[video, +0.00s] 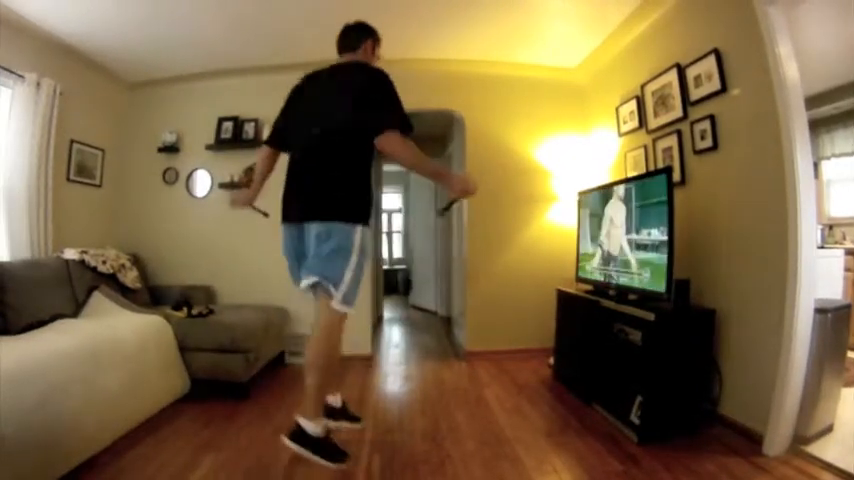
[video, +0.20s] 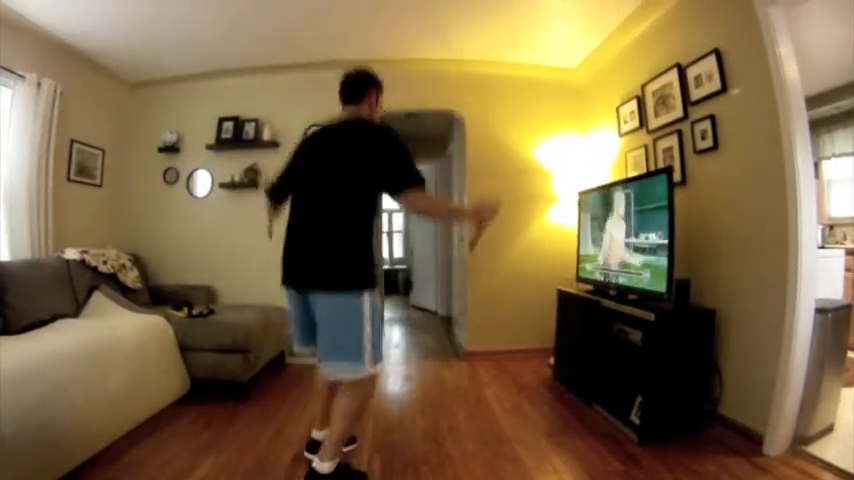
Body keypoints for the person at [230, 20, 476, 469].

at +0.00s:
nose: (378, 58)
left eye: (376, 52)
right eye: (378, 52)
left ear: (339, 49)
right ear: (371, 47)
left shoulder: (307, 83)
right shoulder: (372, 79)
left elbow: (273, 143)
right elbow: (389, 142)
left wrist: (252, 190)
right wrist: (447, 177)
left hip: (298, 207)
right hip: (341, 208)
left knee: (330, 310)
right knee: (330, 315)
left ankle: (332, 399)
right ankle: (308, 424)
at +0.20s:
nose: (381, 106)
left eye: (380, 98)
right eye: (380, 98)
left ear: (341, 100)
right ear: (374, 98)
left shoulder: (315, 139)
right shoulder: (378, 138)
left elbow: (277, 192)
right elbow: (413, 200)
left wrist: (274, 211)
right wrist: (471, 213)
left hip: (301, 270)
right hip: (346, 273)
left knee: (330, 361)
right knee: (359, 376)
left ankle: (323, 435)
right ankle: (327, 463)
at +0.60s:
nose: (389, 68)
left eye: (386, 62)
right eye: (388, 62)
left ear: (351, 59)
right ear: (382, 59)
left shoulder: (322, 95)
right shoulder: (390, 93)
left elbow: (292, 162)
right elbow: (419, 154)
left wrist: (271, 212)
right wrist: (458, 202)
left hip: (311, 212)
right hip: (356, 211)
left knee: (337, 315)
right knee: (347, 314)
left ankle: (346, 410)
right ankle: (332, 417)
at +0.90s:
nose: (396, 97)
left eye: (391, 91)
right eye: (396, 91)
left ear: (358, 90)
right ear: (391, 90)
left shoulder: (332, 128)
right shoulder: (397, 129)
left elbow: (287, 174)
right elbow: (426, 187)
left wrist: (268, 200)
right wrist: (473, 205)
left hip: (319, 249)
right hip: (365, 252)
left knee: (343, 345)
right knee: (377, 354)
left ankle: (342, 425)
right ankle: (360, 453)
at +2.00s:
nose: (378, 84)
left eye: (376, 78)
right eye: (379, 78)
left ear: (340, 74)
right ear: (372, 76)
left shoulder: (309, 112)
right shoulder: (378, 116)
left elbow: (280, 178)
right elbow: (407, 182)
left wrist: (262, 229)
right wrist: (444, 238)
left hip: (296, 235)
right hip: (341, 238)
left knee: (316, 336)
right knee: (342, 340)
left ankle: (319, 416)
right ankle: (333, 443)